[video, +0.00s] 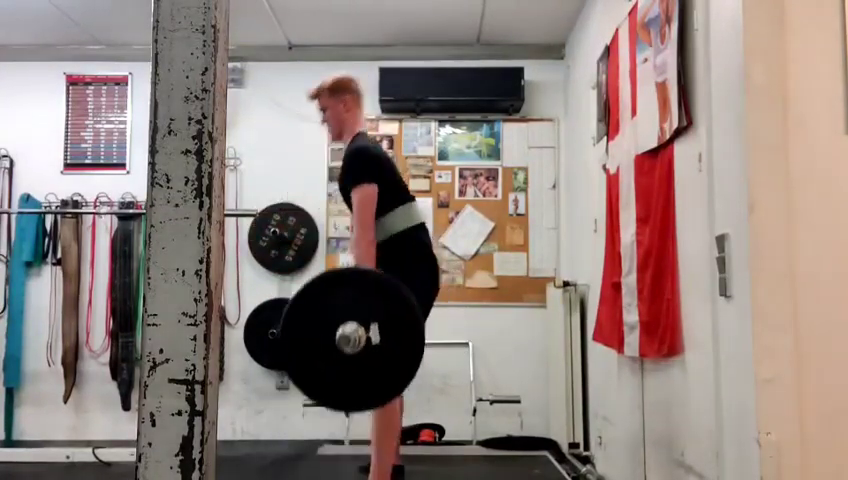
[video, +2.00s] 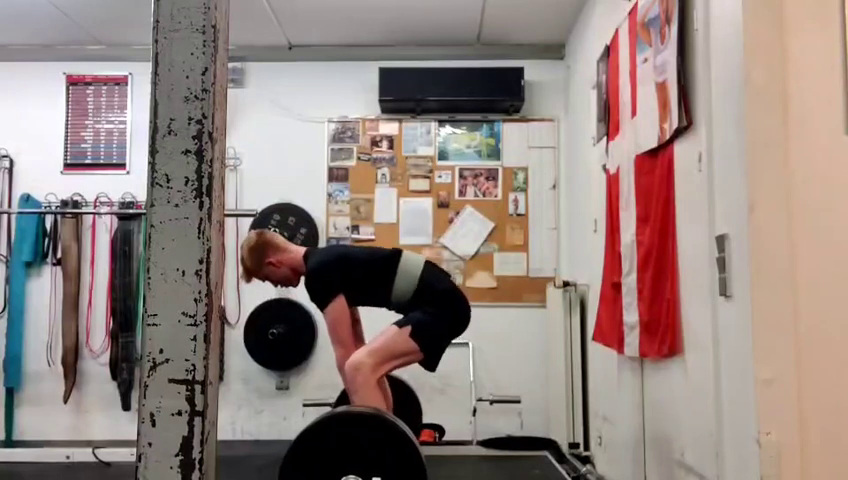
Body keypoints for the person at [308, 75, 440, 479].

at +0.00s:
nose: (323, 120)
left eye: (326, 111)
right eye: (322, 112)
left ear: (346, 106)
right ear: (349, 108)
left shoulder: (362, 155)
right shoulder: (363, 154)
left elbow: (365, 231)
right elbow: (365, 233)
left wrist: (362, 295)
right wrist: (362, 292)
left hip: (407, 271)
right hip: (405, 270)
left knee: (386, 374)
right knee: (386, 373)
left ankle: (382, 471)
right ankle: (387, 466)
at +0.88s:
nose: (305, 157)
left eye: (306, 147)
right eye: (301, 149)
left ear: (325, 140)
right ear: (325, 144)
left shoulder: (352, 185)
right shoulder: (350, 184)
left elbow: (359, 266)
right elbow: (360, 265)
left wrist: (358, 331)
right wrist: (358, 331)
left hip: (435, 280)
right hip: (427, 280)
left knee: (385, 365)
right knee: (384, 365)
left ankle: (381, 471)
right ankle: (386, 468)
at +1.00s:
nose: (282, 228)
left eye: (281, 217)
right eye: (278, 221)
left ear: (296, 206)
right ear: (301, 206)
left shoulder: (337, 246)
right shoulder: (339, 240)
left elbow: (350, 331)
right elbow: (353, 328)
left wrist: (353, 404)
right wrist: (354, 395)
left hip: (447, 294)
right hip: (442, 290)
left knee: (375, 367)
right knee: (379, 367)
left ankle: (390, 462)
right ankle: (393, 458)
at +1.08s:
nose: (271, 267)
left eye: (269, 254)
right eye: (265, 260)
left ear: (288, 238)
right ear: (298, 235)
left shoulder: (327, 272)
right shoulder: (329, 268)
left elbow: (355, 344)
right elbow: (358, 341)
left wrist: (356, 404)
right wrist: (356, 396)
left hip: (451, 302)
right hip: (443, 300)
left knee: (374, 368)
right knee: (378, 368)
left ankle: (392, 457)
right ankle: (394, 454)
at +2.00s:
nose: (275, 285)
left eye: (268, 279)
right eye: (268, 281)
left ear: (275, 263)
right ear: (280, 256)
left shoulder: (320, 272)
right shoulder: (326, 263)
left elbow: (347, 353)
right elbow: (357, 343)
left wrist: (357, 411)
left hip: (442, 307)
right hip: (442, 304)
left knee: (359, 368)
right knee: (365, 367)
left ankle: (378, 453)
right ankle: (386, 449)